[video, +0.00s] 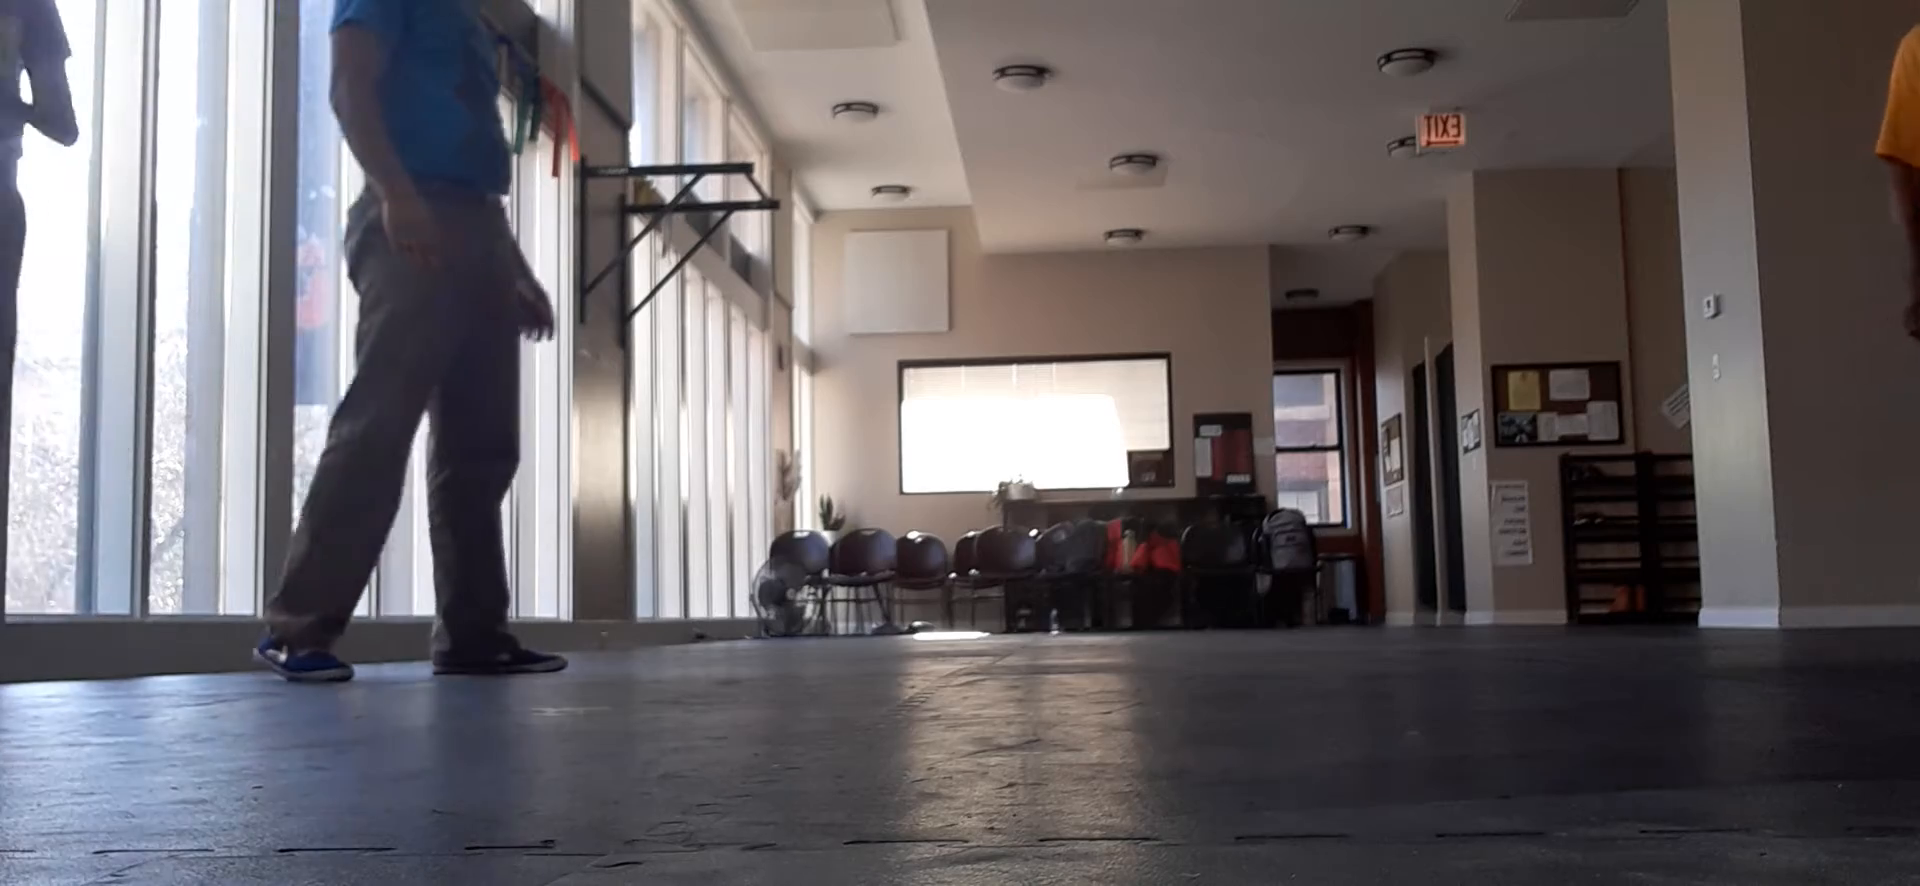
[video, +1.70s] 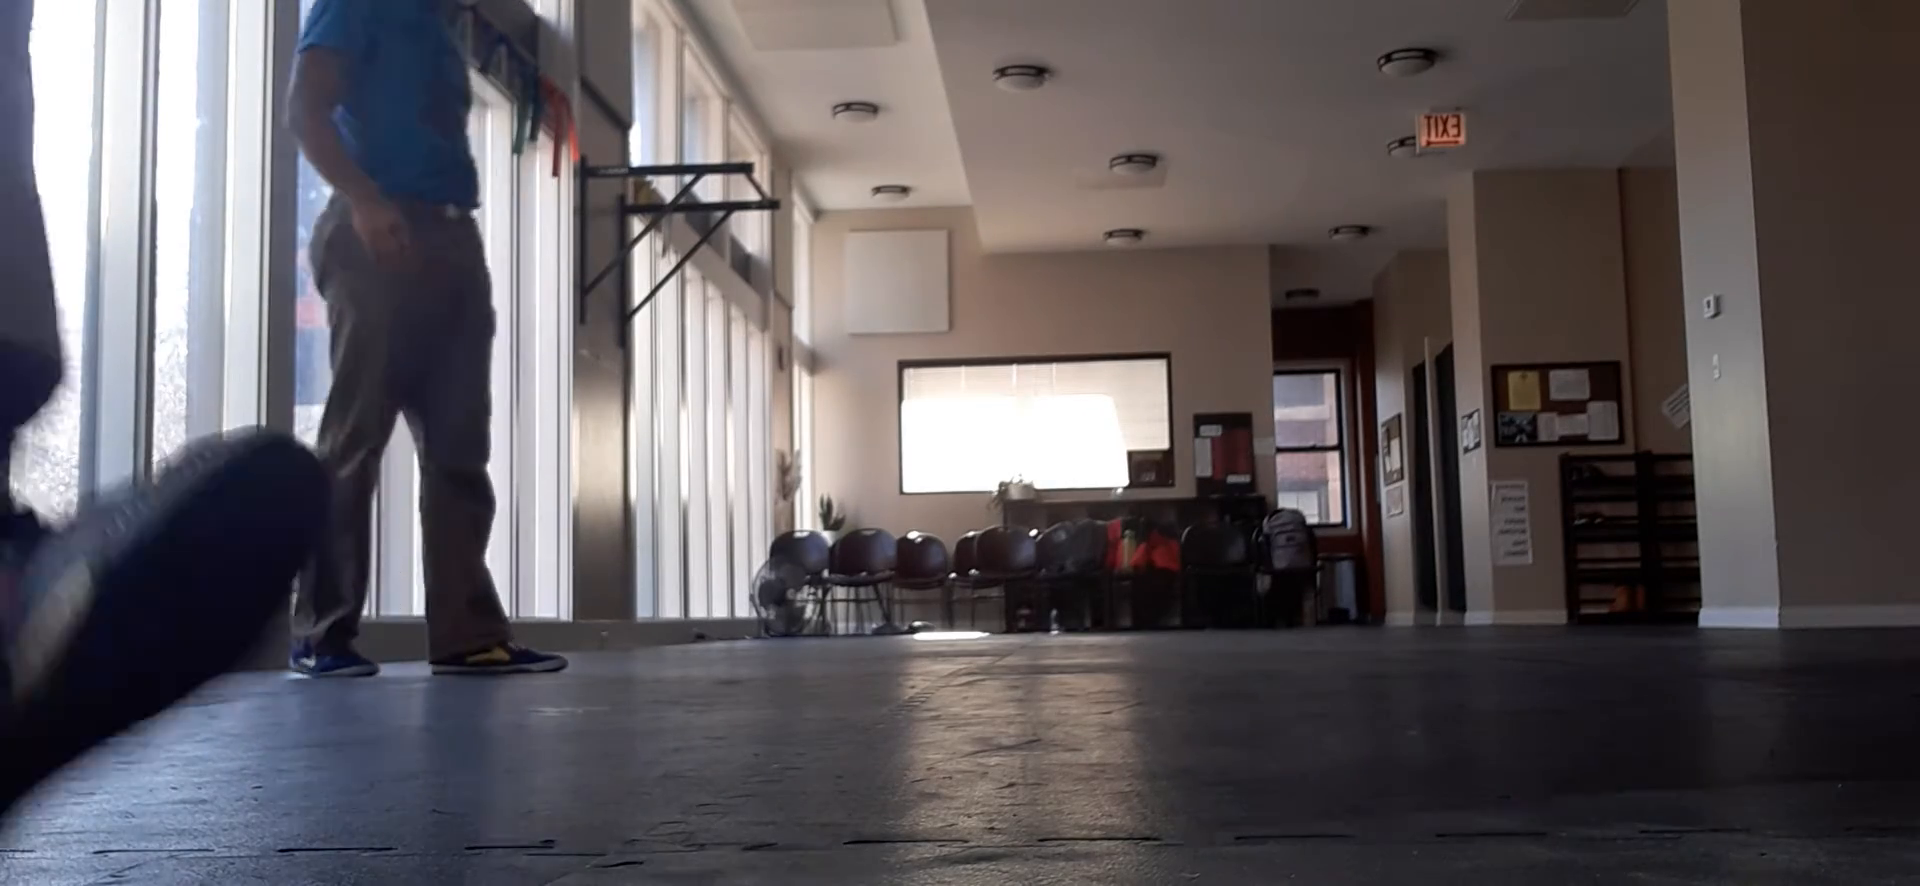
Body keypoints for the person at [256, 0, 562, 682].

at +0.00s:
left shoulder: (466, 23)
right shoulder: (383, 4)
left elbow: (472, 167)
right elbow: (350, 90)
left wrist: (513, 270)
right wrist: (399, 195)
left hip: (479, 226)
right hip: (415, 218)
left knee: (478, 447)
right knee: (379, 427)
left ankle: (472, 637)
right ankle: (295, 631)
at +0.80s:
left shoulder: (513, 24)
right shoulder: (454, 5)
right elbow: (404, 95)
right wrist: (445, 198)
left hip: (514, 221)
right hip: (467, 214)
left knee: (516, 437)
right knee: (487, 414)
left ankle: (477, 634)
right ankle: (402, 610)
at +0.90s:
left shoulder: (513, 24)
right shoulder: (457, 5)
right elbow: (403, 92)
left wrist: (545, 102)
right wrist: (443, 192)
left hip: (511, 220)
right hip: (463, 211)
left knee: (514, 428)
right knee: (493, 402)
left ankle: (477, 631)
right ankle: (401, 607)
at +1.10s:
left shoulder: (505, 26)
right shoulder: (452, 6)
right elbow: (403, 90)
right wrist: (444, 191)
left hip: (500, 225)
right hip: (456, 219)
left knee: (501, 438)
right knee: (481, 414)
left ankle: (474, 636)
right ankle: (378, 601)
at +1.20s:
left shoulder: (500, 34)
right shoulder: (447, 6)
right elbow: (399, 88)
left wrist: (523, 286)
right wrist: (446, 188)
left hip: (497, 230)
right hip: (451, 221)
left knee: (496, 445)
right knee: (472, 419)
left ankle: (474, 639)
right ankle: (358, 593)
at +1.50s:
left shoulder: (471, 30)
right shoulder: (394, 5)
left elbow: (471, 167)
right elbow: (357, 104)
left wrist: (504, 287)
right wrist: (422, 184)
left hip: (480, 238)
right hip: (411, 230)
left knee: (474, 453)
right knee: (391, 433)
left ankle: (472, 639)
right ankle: (328, 625)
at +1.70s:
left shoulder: (447, 18)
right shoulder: (353, 6)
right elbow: (307, 112)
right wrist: (363, 197)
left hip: (452, 236)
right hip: (376, 232)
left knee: (458, 453)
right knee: (354, 444)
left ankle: (467, 638)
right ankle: (322, 637)